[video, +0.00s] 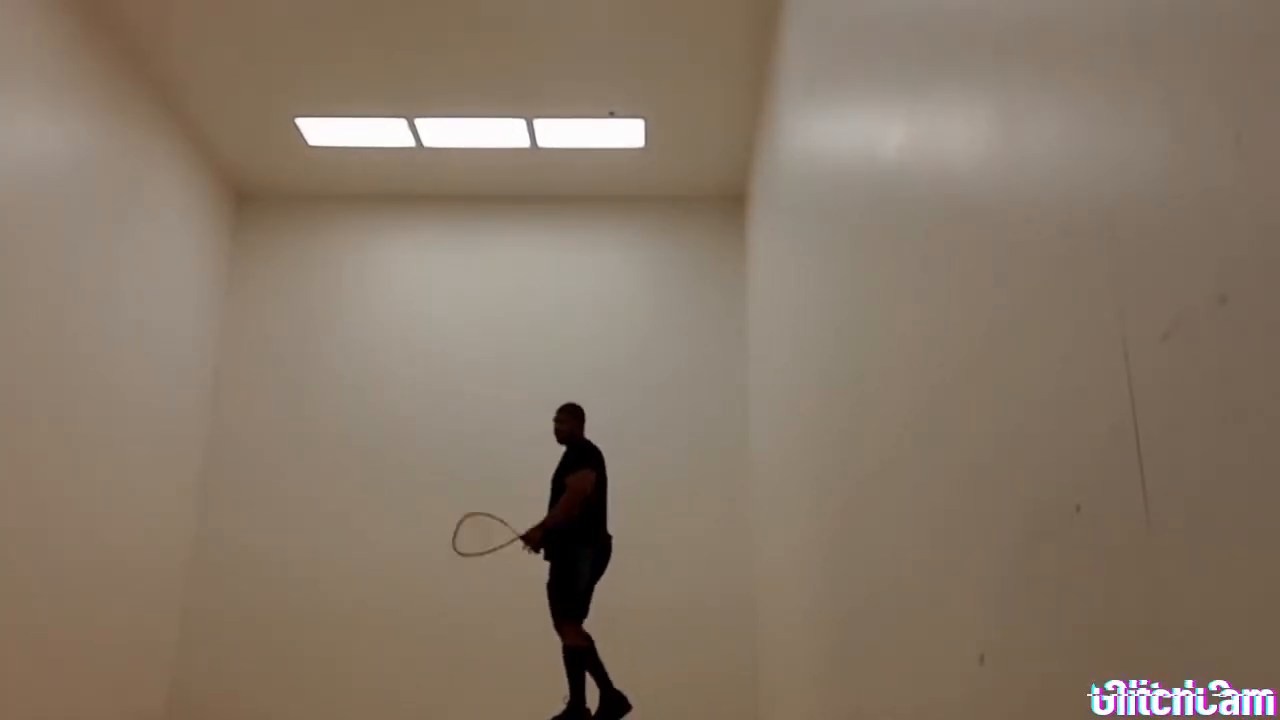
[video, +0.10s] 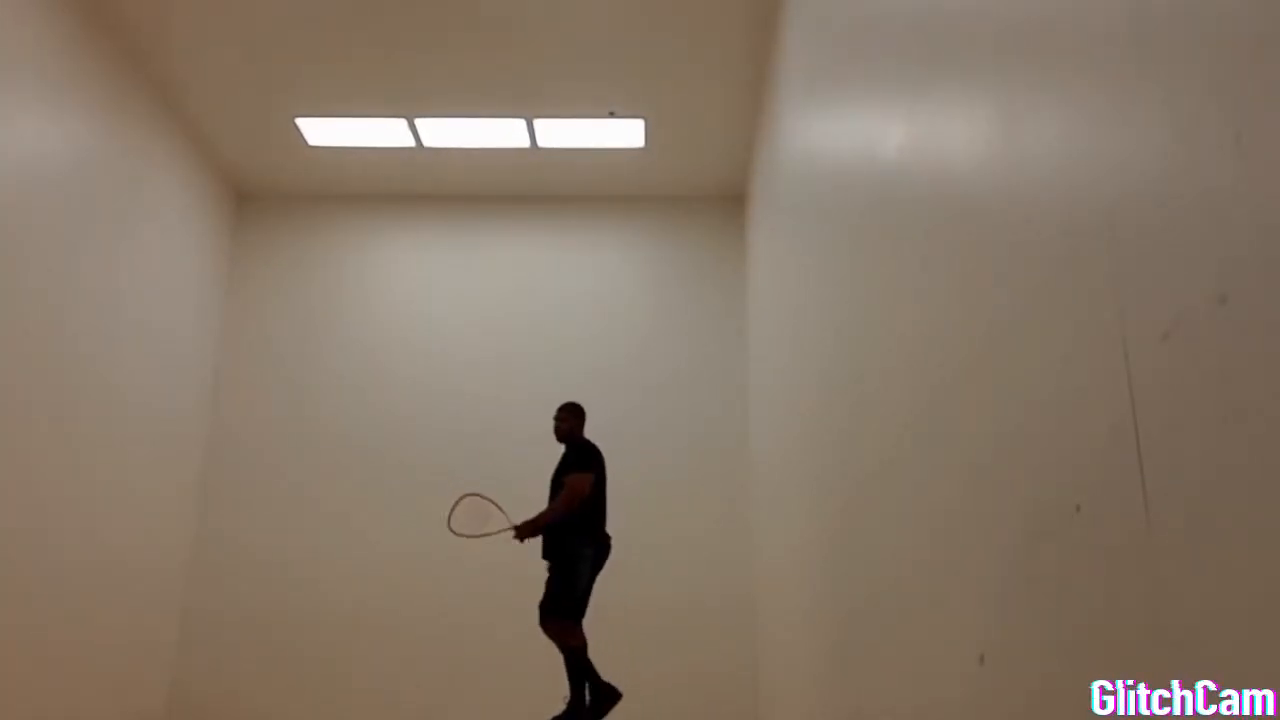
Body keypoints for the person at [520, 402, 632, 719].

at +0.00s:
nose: (556, 427)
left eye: (562, 422)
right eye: (556, 422)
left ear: (577, 425)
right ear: (569, 426)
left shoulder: (583, 455)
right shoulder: (576, 456)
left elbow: (573, 501)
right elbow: (567, 506)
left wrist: (540, 531)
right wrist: (545, 536)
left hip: (582, 547)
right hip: (575, 547)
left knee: (568, 623)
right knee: (568, 623)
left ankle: (609, 694)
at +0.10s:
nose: (556, 425)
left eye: (563, 421)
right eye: (556, 420)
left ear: (577, 424)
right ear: (560, 424)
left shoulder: (583, 455)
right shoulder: (574, 455)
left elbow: (571, 502)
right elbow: (566, 505)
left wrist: (533, 525)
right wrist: (536, 526)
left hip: (581, 551)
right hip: (575, 550)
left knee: (555, 618)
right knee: (562, 620)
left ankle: (593, 692)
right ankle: (585, 695)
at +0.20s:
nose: (557, 424)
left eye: (564, 420)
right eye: (557, 419)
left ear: (579, 423)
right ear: (561, 424)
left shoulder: (583, 455)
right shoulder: (571, 456)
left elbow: (571, 499)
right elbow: (566, 503)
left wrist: (533, 519)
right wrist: (534, 519)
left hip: (579, 552)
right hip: (568, 552)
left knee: (564, 621)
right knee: (547, 618)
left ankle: (580, 698)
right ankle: (580, 694)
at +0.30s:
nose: (557, 423)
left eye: (564, 418)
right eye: (557, 418)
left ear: (579, 422)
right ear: (560, 422)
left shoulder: (584, 455)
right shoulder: (567, 457)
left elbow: (573, 497)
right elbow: (564, 503)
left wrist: (534, 516)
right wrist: (534, 518)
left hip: (579, 552)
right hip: (561, 553)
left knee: (571, 623)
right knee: (543, 621)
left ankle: (578, 704)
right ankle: (552, 702)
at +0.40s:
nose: (557, 422)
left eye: (564, 418)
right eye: (557, 417)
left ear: (579, 423)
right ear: (557, 423)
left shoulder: (585, 455)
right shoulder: (561, 460)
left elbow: (578, 497)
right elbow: (561, 505)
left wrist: (533, 516)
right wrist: (543, 541)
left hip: (579, 551)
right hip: (556, 553)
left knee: (572, 622)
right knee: (542, 623)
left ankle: (579, 704)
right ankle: (545, 704)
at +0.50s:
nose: (557, 422)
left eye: (565, 417)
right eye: (556, 417)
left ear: (578, 423)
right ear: (553, 423)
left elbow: (580, 500)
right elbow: (557, 506)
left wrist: (534, 519)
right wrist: (540, 540)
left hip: (577, 550)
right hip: (553, 552)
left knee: (570, 621)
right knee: (541, 621)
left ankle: (578, 704)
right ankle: (545, 703)